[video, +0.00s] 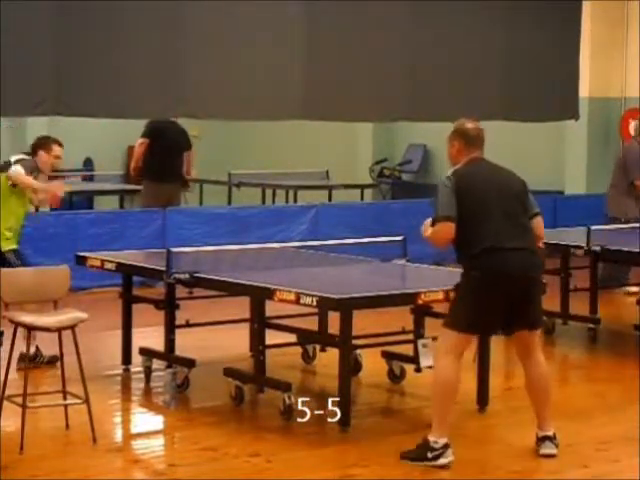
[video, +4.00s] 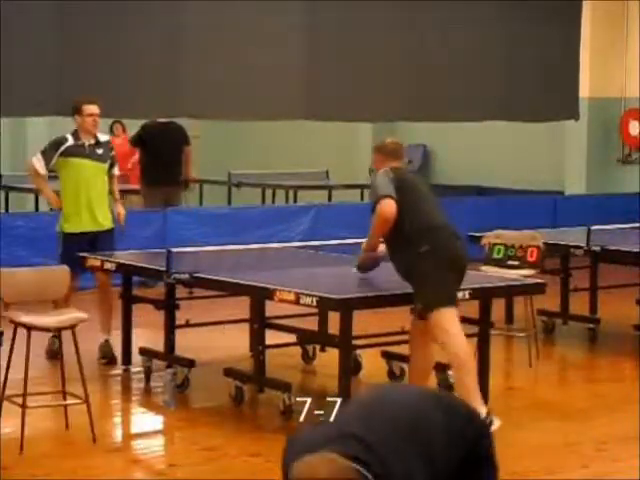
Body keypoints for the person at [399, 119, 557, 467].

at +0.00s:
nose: (448, 154)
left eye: (448, 148)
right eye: (448, 148)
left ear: (456, 146)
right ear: (482, 146)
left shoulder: (453, 180)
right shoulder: (513, 178)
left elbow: (445, 234)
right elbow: (537, 234)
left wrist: (429, 231)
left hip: (485, 273)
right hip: (527, 271)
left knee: (448, 352)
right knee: (531, 352)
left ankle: (437, 442)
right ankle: (546, 435)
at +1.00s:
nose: (501, 181)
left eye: (501, 177)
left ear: (504, 177)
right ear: (533, 179)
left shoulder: (503, 195)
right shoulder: (541, 202)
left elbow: (485, 223)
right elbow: (534, 241)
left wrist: (458, 245)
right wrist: (488, 237)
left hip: (519, 280)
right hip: (556, 280)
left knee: (491, 353)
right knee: (550, 342)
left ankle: (466, 440)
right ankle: (547, 415)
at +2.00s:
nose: (466, 197)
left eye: (467, 191)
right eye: (467, 191)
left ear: (474, 191)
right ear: (500, 190)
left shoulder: (477, 223)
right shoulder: (526, 222)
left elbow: (469, 277)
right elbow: (557, 279)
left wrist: (442, 276)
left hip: (511, 311)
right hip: (552, 307)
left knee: (449, 377)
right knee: (548, 358)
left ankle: (459, 460)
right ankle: (571, 434)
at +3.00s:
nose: (464, 168)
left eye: (463, 163)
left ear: (464, 164)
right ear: (497, 166)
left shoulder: (448, 203)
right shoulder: (516, 204)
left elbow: (424, 262)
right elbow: (540, 265)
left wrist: (450, 256)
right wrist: (535, 282)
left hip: (463, 311)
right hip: (513, 310)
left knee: (412, 372)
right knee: (545, 371)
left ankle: (420, 464)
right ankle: (562, 452)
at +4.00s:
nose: (372, 167)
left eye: (374, 162)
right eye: (373, 163)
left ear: (380, 161)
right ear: (400, 160)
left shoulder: (384, 175)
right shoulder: (413, 179)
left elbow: (387, 210)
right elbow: (416, 223)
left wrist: (369, 248)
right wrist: (383, 249)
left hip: (432, 256)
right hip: (451, 253)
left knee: (449, 335)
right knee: (421, 332)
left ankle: (477, 411)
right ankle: (413, 403)